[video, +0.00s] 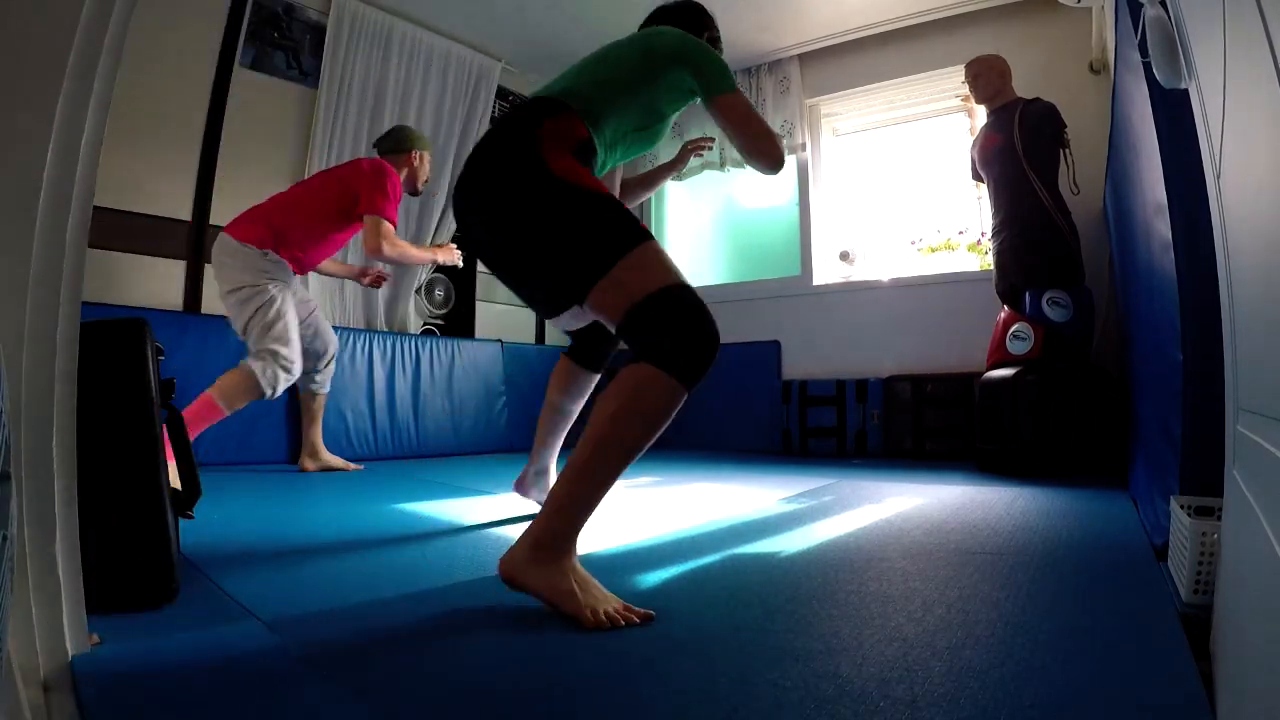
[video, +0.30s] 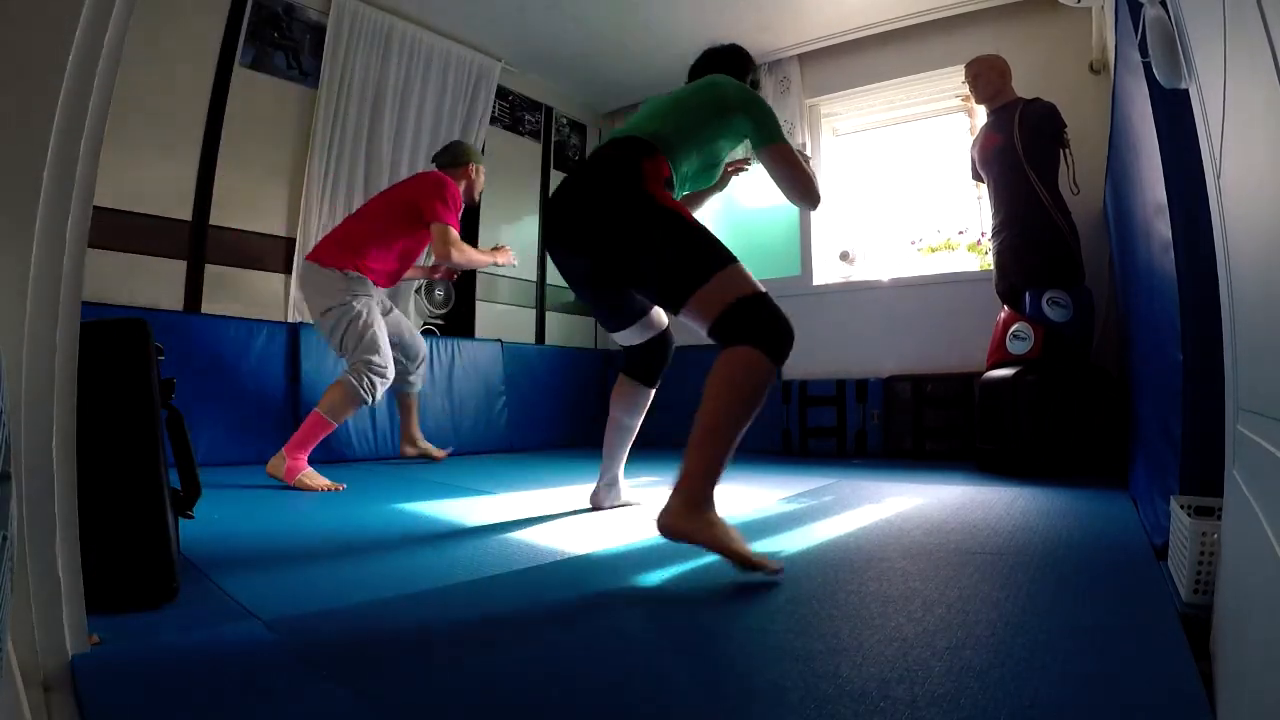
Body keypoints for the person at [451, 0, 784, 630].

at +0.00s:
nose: (720, 60)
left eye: (718, 52)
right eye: (716, 50)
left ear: (655, 31)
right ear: (703, 35)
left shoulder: (614, 76)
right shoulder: (692, 50)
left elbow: (608, 192)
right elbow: (770, 158)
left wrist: (675, 166)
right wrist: (745, 143)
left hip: (485, 195)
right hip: (539, 178)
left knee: (600, 333)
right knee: (682, 333)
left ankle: (537, 473)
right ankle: (545, 550)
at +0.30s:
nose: (756, 93)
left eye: (753, 85)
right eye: (755, 85)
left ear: (697, 77)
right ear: (747, 79)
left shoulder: (665, 109)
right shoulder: (743, 98)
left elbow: (667, 213)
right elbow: (806, 196)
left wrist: (720, 182)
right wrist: (793, 160)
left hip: (566, 220)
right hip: (630, 209)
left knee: (650, 343)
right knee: (763, 331)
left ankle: (608, 485)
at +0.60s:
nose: (791, 120)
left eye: (787, 114)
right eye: (790, 113)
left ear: (736, 109)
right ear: (782, 110)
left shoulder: (705, 135)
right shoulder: (786, 132)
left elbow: (676, 191)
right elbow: (845, 219)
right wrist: (808, 176)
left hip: (634, 238)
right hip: (695, 229)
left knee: (694, 350)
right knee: (811, 358)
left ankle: (669, 475)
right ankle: (753, 496)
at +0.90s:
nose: (823, 135)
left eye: (819, 129)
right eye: (820, 129)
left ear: (768, 131)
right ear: (812, 128)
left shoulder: (743, 154)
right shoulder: (817, 147)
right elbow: (874, 228)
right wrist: (840, 189)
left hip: (684, 252)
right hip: (737, 246)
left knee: (735, 345)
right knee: (827, 374)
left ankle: (711, 453)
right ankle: (766, 506)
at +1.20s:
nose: (842, 162)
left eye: (840, 157)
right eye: (840, 156)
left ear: (796, 157)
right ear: (833, 156)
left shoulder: (773, 178)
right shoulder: (837, 175)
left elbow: (796, 256)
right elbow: (885, 246)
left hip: (720, 267)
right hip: (769, 261)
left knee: (767, 353)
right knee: (869, 357)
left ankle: (729, 452)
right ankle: (835, 475)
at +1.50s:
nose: (857, 184)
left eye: (856, 179)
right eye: (856, 179)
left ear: (814, 179)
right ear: (849, 179)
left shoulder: (795, 196)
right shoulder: (855, 196)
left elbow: (792, 234)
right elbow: (896, 265)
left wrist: (837, 252)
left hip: (754, 273)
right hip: (801, 268)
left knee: (790, 360)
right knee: (883, 362)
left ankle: (770, 456)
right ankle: (853, 452)